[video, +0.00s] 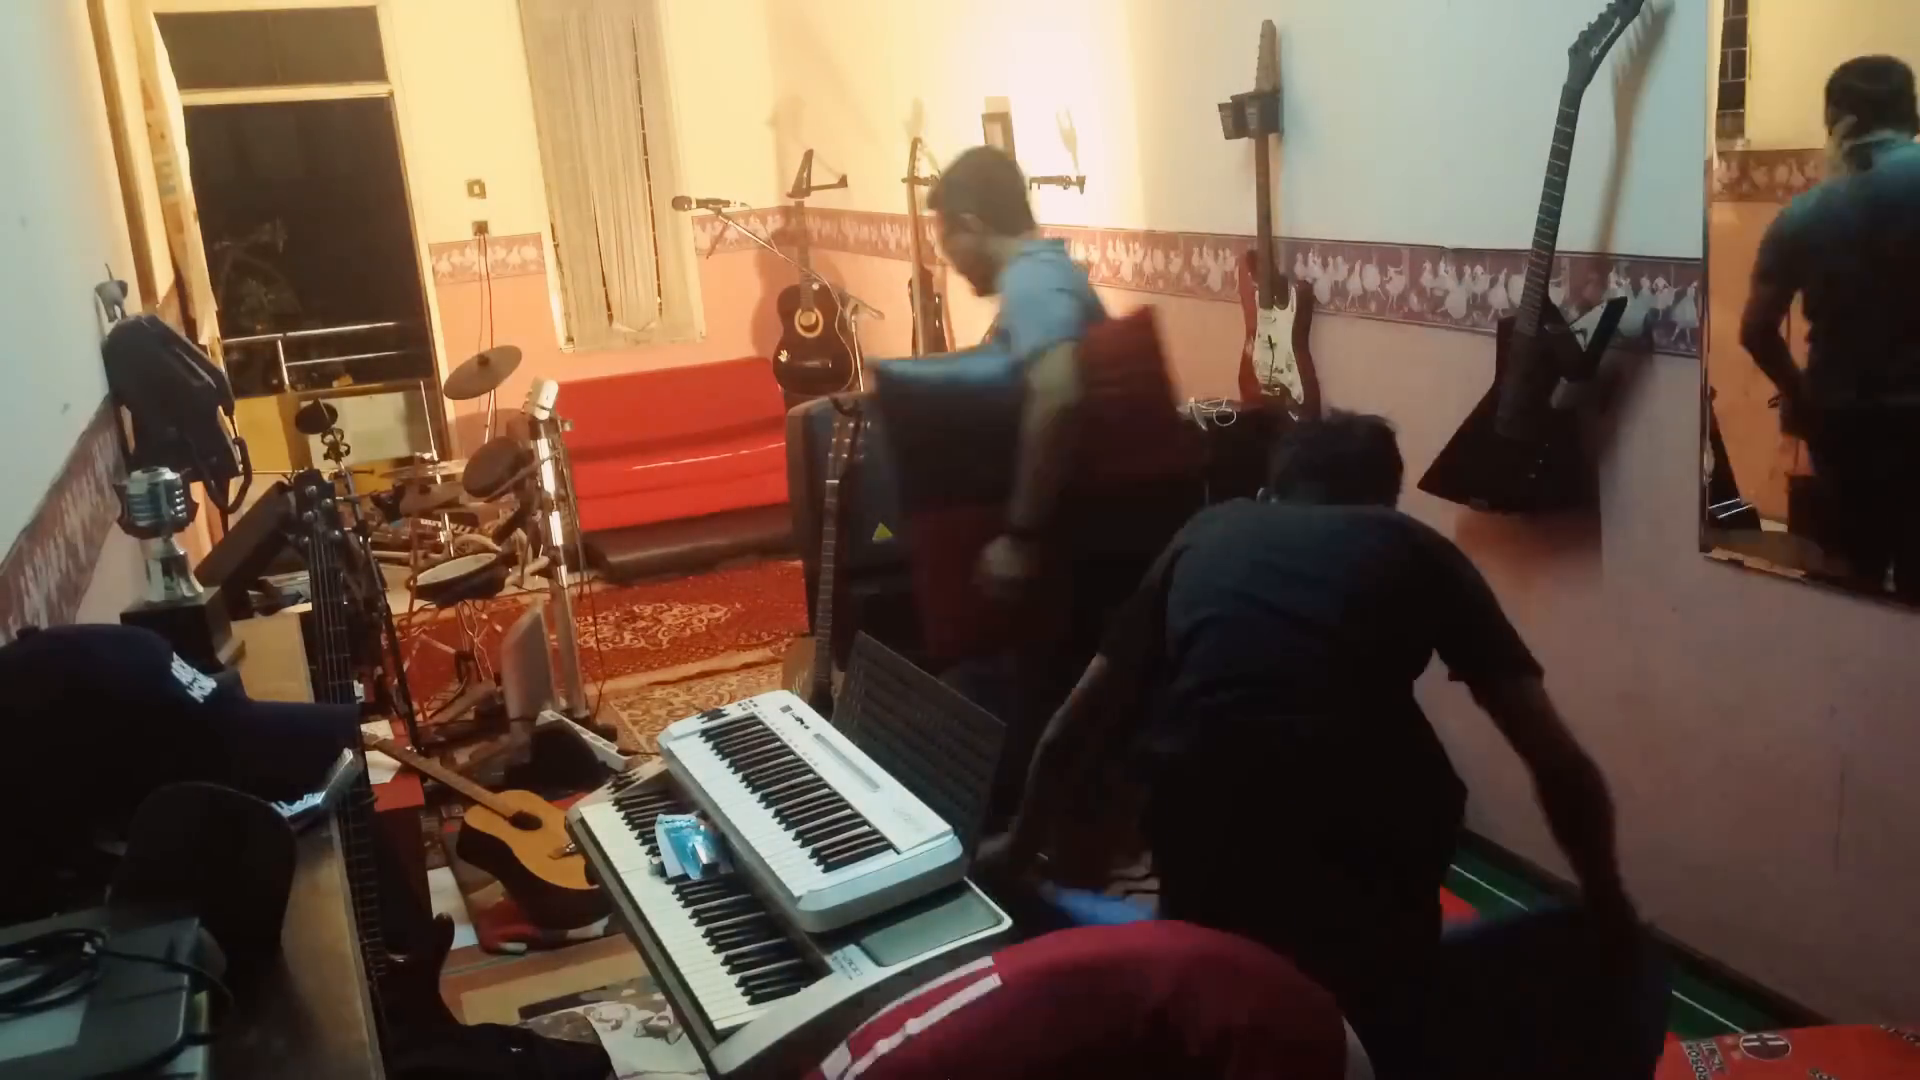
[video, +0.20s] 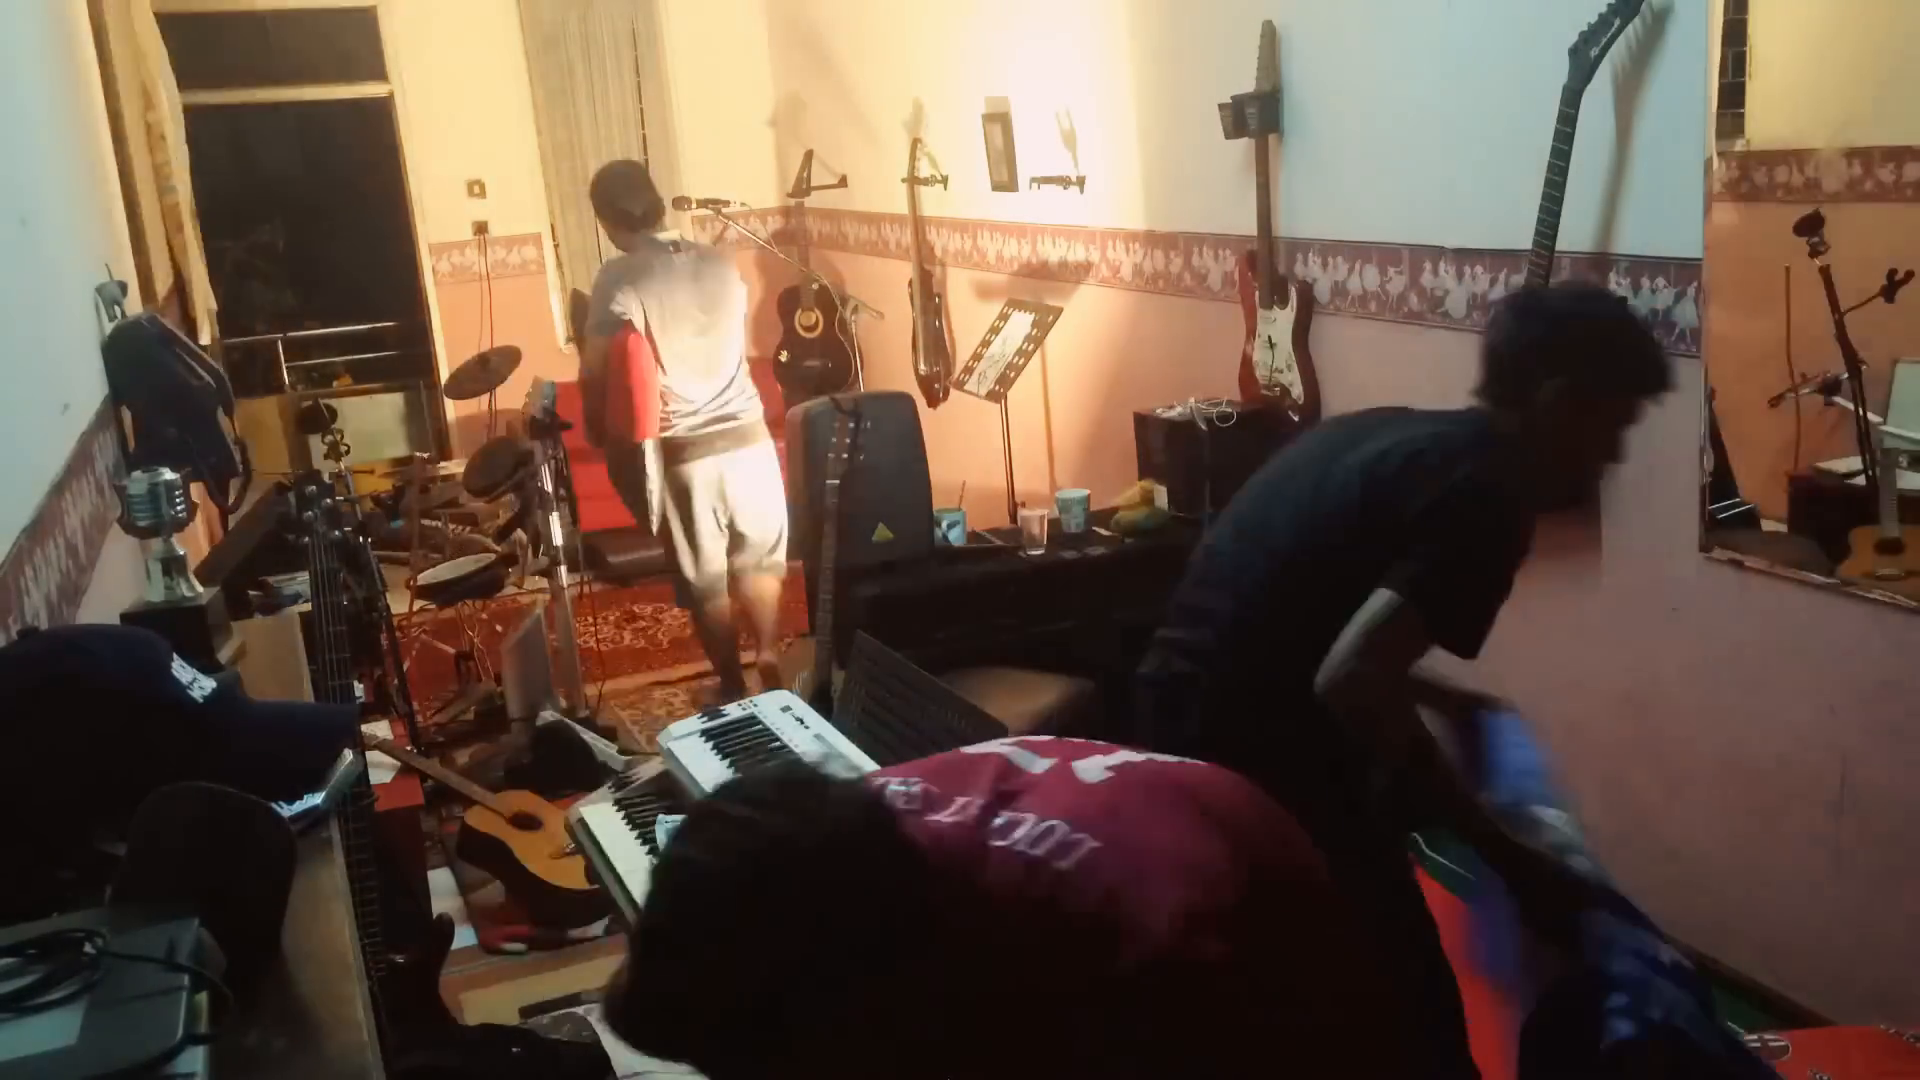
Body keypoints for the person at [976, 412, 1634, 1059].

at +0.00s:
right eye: (1396, 490)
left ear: (1271, 488)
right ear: (1387, 493)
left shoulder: (1202, 538)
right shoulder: (1418, 552)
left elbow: (1069, 732)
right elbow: (1558, 762)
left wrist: (1022, 840)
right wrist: (1607, 900)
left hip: (1202, 830)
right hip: (1374, 829)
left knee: (1226, 1019)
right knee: (1380, 1026)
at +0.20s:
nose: (1616, 454)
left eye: (1625, 427)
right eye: (1613, 424)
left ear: (1507, 385)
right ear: (1557, 402)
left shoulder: (1390, 435)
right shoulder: (1487, 483)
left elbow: (1287, 608)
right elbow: (1352, 682)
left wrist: (1437, 694)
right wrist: (1513, 858)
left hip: (1170, 718)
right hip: (1264, 753)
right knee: (1418, 1009)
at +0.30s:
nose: (1801, 696)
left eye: (1822, 681)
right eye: (1815, 671)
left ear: (1753, 585)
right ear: (1774, 621)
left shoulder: (1635, 583)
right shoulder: (1632, 652)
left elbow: (1558, 789)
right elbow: (1568, 892)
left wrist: (1548, 915)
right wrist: (1602, 1055)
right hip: (1314, 722)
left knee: (1420, 981)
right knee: (1442, 995)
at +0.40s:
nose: (1733, 563)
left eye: (1746, 538)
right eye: (1737, 533)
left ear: (1652, 489)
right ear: (1669, 496)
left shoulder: (1548, 509)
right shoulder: (1563, 568)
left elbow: (1440, 713)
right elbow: (1490, 808)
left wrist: (1551, 802)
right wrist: (1665, 863)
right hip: (1289, 717)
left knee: (1444, 896)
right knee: (1417, 1022)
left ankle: (1380, 1040)